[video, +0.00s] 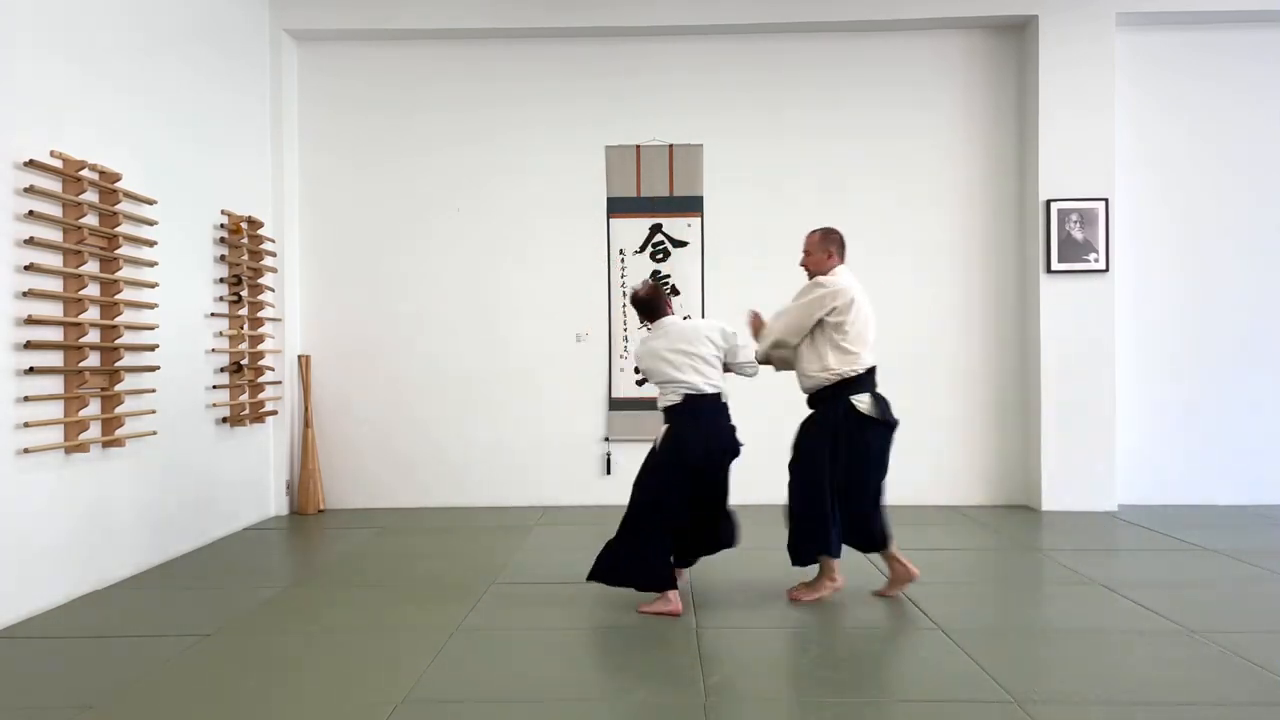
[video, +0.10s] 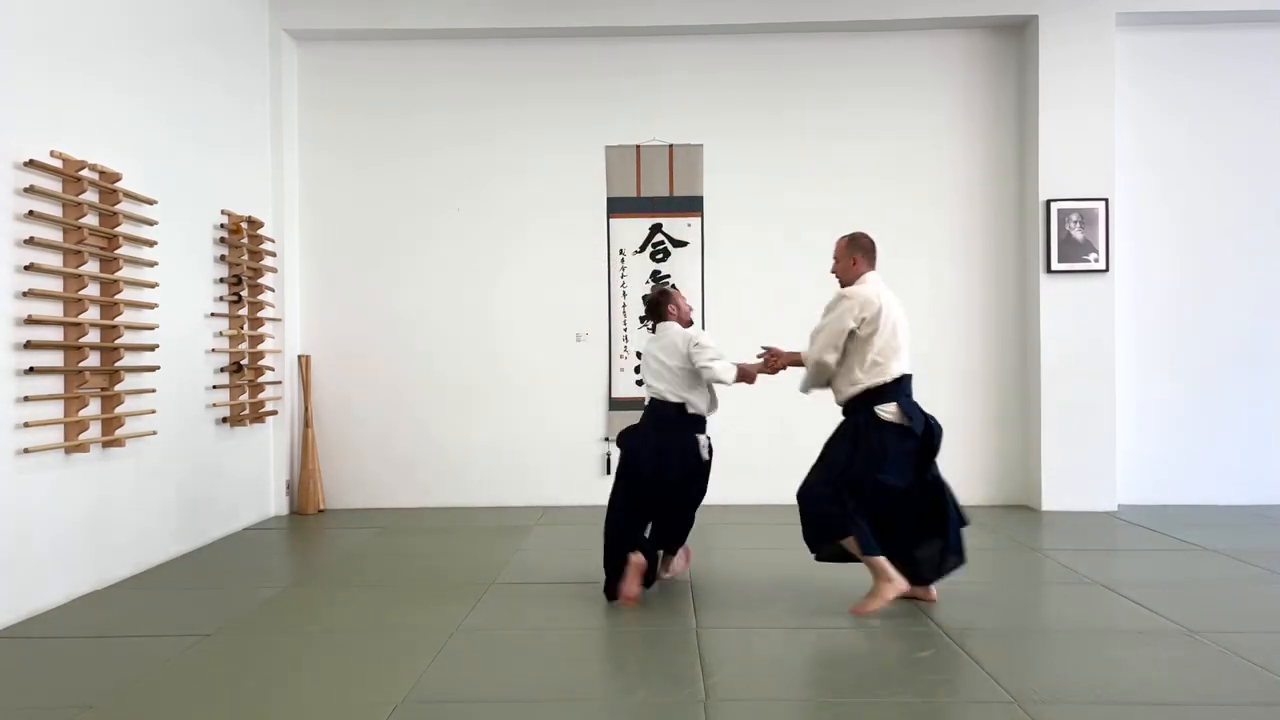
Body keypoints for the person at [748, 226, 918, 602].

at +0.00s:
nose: (802, 260)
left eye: (807, 253)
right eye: (803, 253)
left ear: (831, 256)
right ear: (833, 256)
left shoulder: (827, 287)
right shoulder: (846, 287)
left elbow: (780, 333)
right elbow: (808, 355)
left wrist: (763, 347)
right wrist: (766, 339)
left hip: (839, 408)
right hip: (862, 404)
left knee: (812, 487)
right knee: (850, 491)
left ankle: (828, 574)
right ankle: (897, 565)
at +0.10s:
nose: (833, 267)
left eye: (837, 260)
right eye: (834, 260)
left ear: (856, 262)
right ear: (864, 261)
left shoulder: (853, 298)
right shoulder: (881, 293)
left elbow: (821, 361)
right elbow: (841, 353)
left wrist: (811, 380)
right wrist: (789, 357)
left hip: (871, 417)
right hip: (900, 410)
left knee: (818, 494)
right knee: (887, 494)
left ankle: (886, 577)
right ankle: (917, 579)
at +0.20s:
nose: (851, 270)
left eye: (854, 262)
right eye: (852, 262)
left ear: (870, 265)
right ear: (884, 264)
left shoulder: (874, 304)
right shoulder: (902, 299)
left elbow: (852, 371)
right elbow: (862, 352)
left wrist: (854, 411)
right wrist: (813, 356)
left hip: (897, 425)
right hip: (924, 418)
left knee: (873, 510)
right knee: (907, 501)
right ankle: (921, 580)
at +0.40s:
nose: (863, 268)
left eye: (866, 261)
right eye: (864, 261)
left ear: (882, 263)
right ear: (898, 261)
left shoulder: (895, 305)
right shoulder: (918, 297)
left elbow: (842, 359)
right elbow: (873, 342)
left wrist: (824, 362)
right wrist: (827, 337)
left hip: (917, 431)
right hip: (929, 422)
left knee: (923, 524)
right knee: (895, 504)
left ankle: (980, 632)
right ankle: (923, 582)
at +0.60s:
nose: (848, 266)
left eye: (851, 259)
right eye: (849, 258)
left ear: (871, 262)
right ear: (881, 261)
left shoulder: (892, 300)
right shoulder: (886, 295)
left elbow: (835, 328)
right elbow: (840, 330)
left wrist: (783, 329)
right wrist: (801, 319)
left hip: (908, 427)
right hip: (894, 425)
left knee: (921, 521)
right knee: (896, 511)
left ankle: (979, 628)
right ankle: (940, 584)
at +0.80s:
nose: (812, 270)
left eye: (815, 262)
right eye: (812, 262)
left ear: (836, 263)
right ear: (843, 262)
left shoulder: (857, 299)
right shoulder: (853, 295)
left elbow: (807, 324)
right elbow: (801, 330)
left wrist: (749, 324)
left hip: (873, 424)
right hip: (876, 418)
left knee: (849, 516)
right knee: (894, 507)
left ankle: (911, 596)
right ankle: (941, 587)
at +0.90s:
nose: (790, 274)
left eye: (793, 267)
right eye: (790, 266)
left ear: (811, 266)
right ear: (819, 265)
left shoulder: (832, 301)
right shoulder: (831, 295)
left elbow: (781, 327)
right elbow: (781, 317)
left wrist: (718, 328)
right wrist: (737, 299)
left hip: (856, 424)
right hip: (859, 419)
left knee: (812, 503)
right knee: (882, 507)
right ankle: (932, 585)